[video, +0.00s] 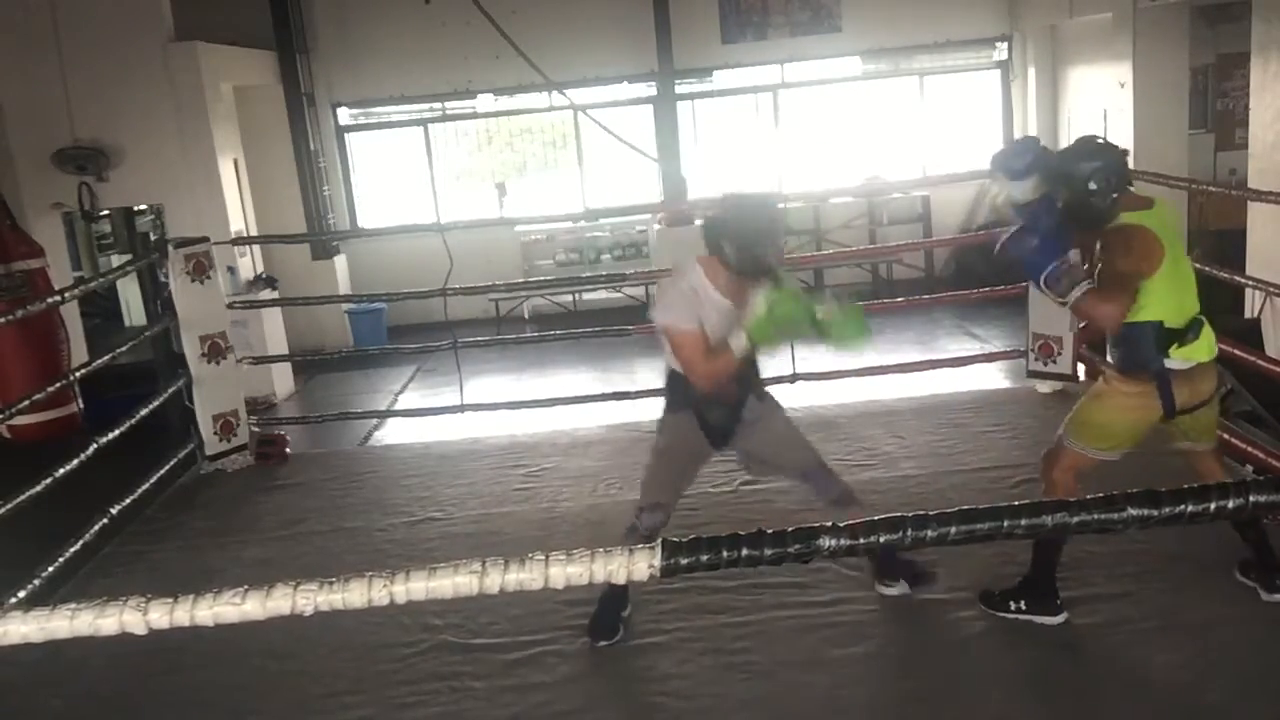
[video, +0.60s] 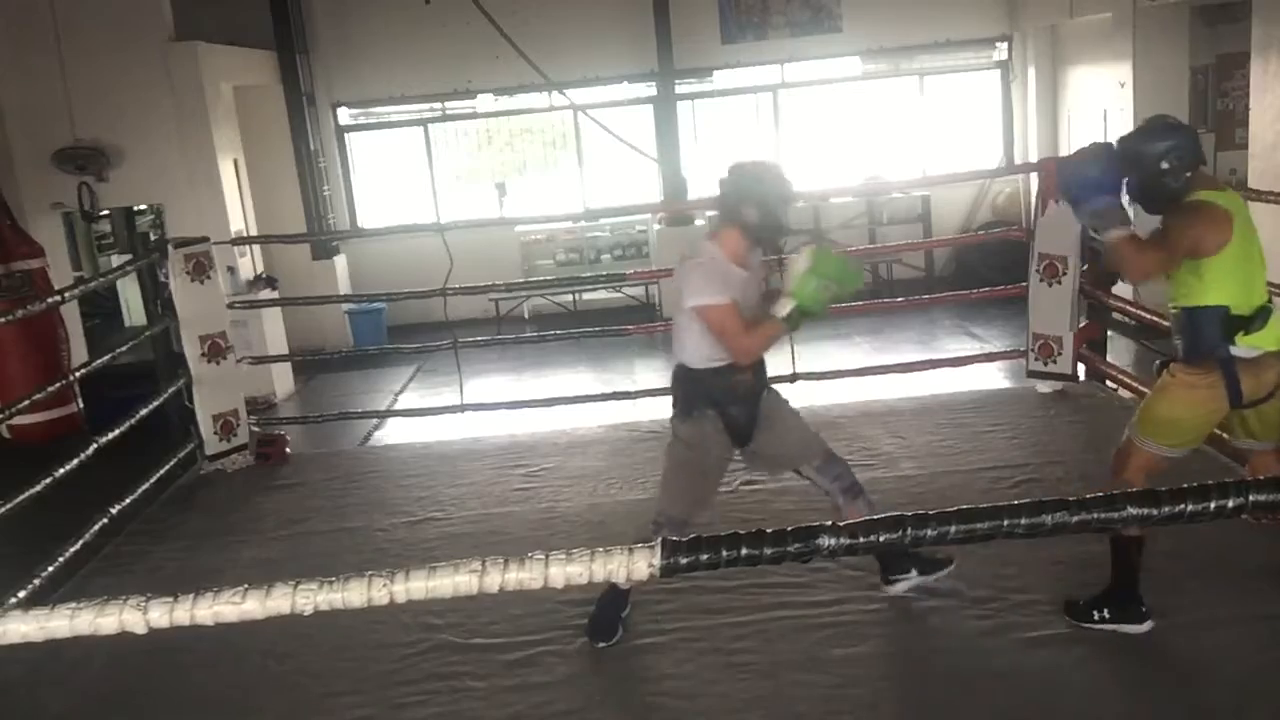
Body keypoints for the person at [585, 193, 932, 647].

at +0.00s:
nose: (774, 255)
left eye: (775, 244)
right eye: (767, 245)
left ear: (752, 247)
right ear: (734, 246)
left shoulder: (759, 283)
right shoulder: (676, 296)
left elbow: (791, 318)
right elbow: (703, 377)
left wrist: (824, 324)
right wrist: (757, 334)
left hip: (748, 403)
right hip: (689, 414)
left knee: (820, 475)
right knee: (652, 513)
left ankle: (884, 560)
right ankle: (614, 599)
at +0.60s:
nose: (783, 218)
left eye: (783, 207)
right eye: (777, 207)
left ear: (746, 209)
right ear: (751, 209)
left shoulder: (755, 263)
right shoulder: (700, 272)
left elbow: (763, 321)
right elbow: (743, 348)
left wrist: (799, 291)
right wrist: (795, 308)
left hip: (752, 395)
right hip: (703, 404)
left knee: (829, 470)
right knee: (674, 519)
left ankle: (893, 561)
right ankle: (616, 599)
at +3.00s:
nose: (815, 297)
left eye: (818, 282)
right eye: (800, 291)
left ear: (828, 268)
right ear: (780, 294)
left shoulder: (873, 292)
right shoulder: (777, 330)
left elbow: (936, 322)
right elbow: (805, 401)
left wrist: (984, 380)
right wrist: (846, 415)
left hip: (910, 415)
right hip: (844, 423)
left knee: (982, 521)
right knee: (766, 506)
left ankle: (1070, 638)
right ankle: (754, 570)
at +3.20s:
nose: (775, 226)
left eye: (781, 212)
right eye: (761, 219)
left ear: (795, 207)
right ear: (742, 226)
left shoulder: (832, 242)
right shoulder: (738, 277)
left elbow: (878, 295)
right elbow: (756, 361)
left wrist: (910, 346)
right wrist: (788, 328)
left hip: (867, 382)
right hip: (804, 396)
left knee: (918, 496)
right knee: (749, 500)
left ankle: (971, 615)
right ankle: (753, 570)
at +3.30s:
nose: (779, 205)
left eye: (785, 191)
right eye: (765, 197)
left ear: (801, 188)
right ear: (745, 203)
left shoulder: (833, 225)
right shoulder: (733, 259)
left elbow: (869, 288)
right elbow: (751, 343)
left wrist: (896, 342)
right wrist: (785, 310)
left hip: (854, 373)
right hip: (791, 384)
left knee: (902, 491)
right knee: (751, 491)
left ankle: (953, 613)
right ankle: (754, 569)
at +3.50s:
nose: (818, 191)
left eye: (823, 178)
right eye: (804, 181)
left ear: (830, 180)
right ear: (778, 186)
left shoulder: (847, 227)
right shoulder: (746, 247)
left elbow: (873, 290)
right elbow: (757, 332)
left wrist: (903, 343)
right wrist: (800, 297)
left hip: (853, 380)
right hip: (786, 387)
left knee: (902, 494)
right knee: (750, 494)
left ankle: (956, 615)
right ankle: (752, 573)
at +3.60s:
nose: (864, 199)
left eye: (870, 187)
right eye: (853, 187)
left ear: (876, 190)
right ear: (825, 187)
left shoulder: (874, 244)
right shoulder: (782, 248)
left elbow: (905, 308)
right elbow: (787, 335)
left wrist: (940, 347)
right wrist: (835, 291)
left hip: (865, 394)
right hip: (797, 397)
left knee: (912, 508)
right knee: (756, 502)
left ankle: (963, 633)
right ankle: (756, 570)